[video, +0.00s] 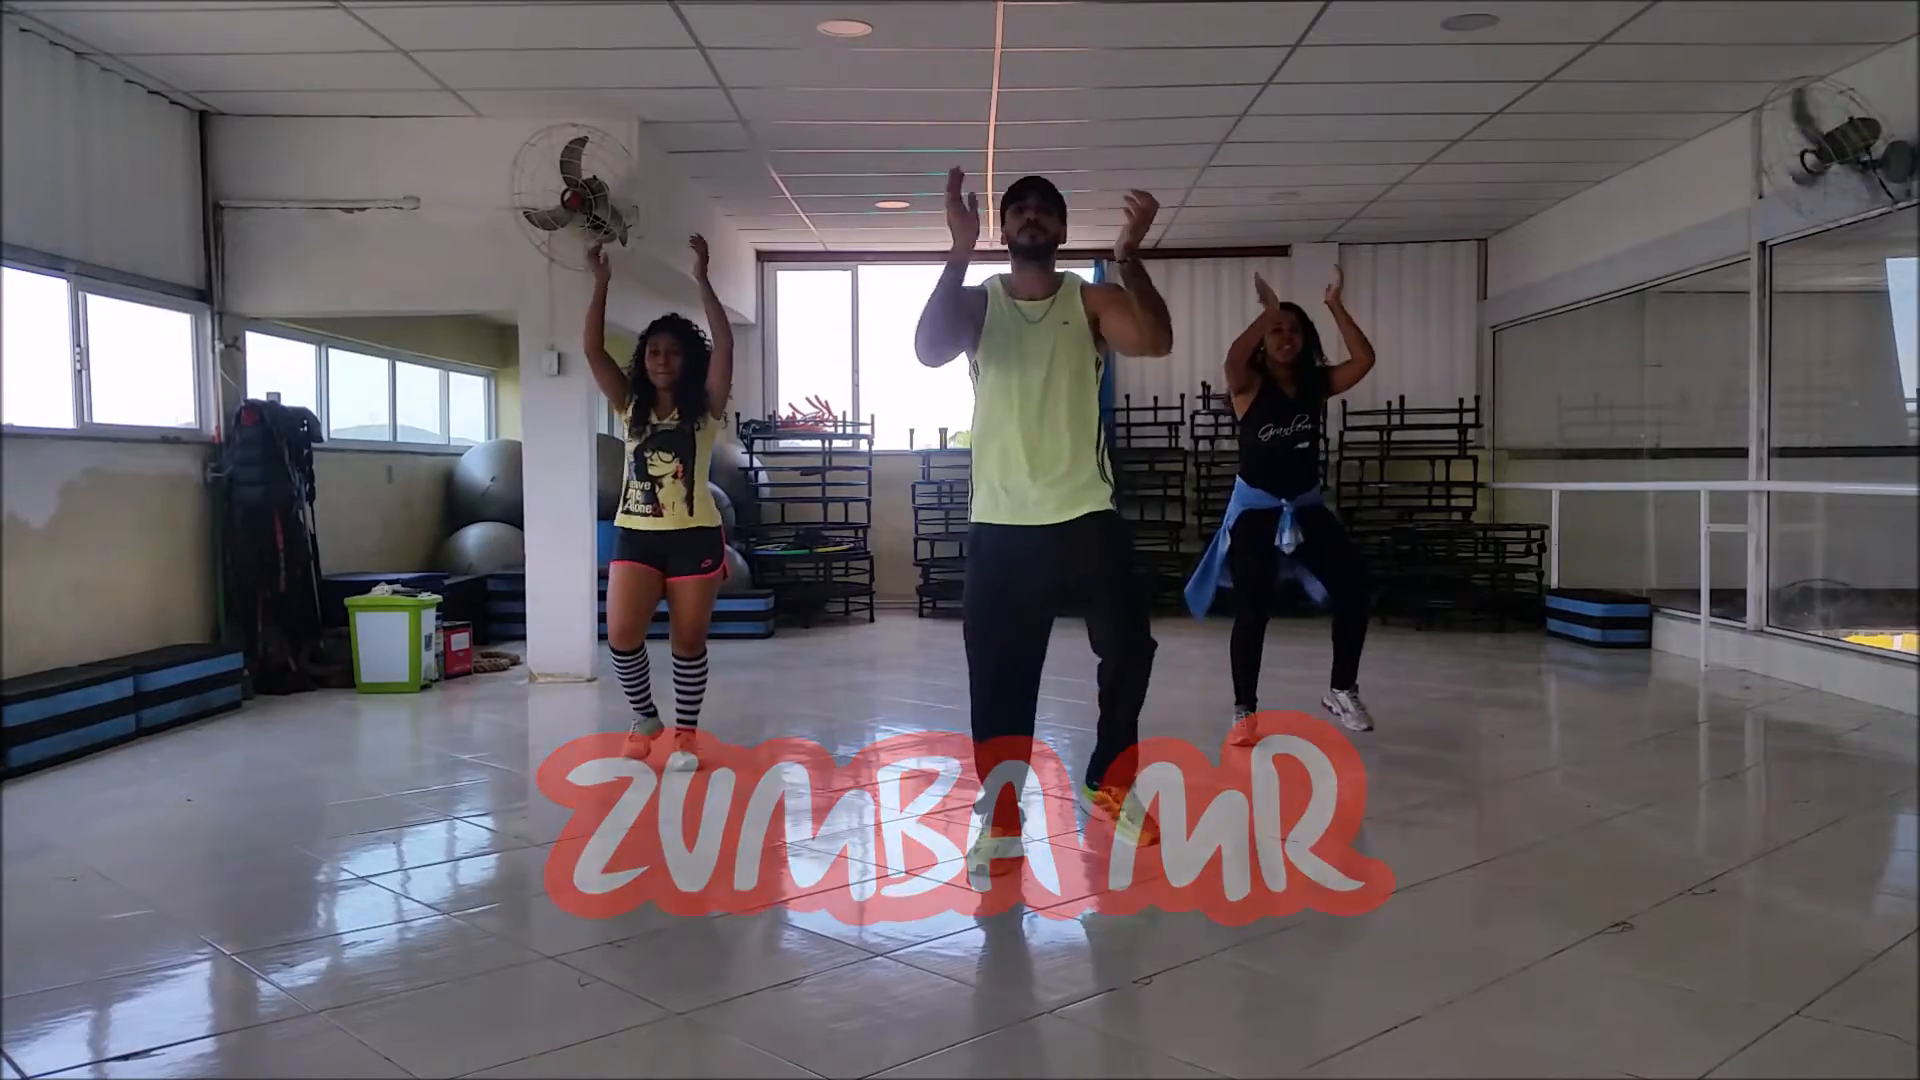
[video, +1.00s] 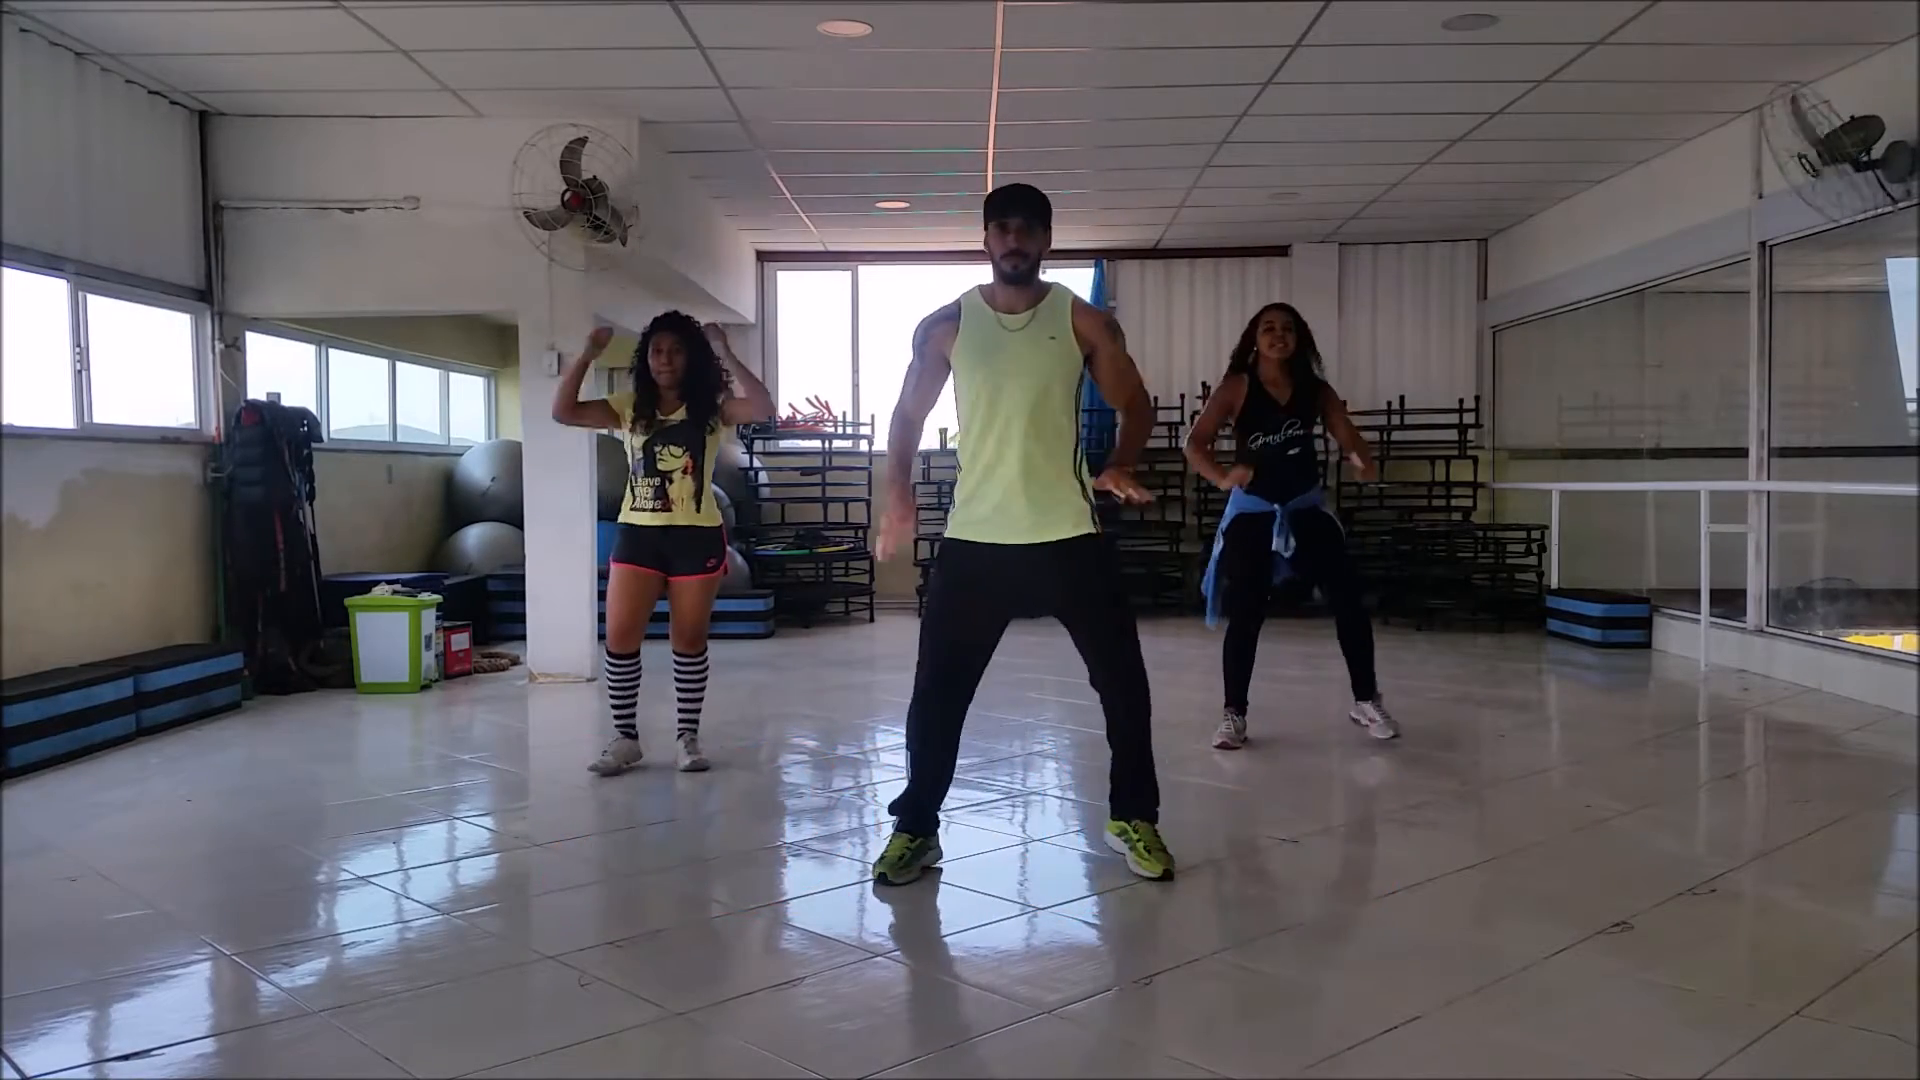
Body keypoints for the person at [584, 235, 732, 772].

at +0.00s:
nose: (662, 361)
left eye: (672, 353)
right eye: (654, 353)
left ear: (689, 360)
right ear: (642, 359)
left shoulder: (705, 406)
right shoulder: (630, 403)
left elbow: (724, 343)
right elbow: (592, 349)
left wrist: (703, 280)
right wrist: (601, 282)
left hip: (694, 539)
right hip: (635, 537)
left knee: (688, 645)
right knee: (622, 638)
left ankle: (685, 738)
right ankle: (646, 722)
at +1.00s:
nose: (664, 359)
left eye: (674, 351)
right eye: (656, 351)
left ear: (691, 360)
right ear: (645, 358)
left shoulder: (711, 412)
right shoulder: (628, 410)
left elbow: (763, 408)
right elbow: (564, 410)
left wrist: (726, 355)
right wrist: (588, 352)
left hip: (696, 540)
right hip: (637, 538)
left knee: (689, 641)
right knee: (620, 640)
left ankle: (688, 739)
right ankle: (626, 740)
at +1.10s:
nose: (662, 361)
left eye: (673, 353)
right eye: (654, 353)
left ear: (691, 362)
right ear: (645, 360)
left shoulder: (706, 418)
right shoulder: (629, 413)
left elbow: (756, 468)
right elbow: (580, 466)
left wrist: (737, 438)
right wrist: (574, 448)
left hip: (695, 541)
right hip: (636, 539)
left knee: (688, 642)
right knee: (623, 643)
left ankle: (688, 739)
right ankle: (625, 744)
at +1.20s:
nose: (661, 366)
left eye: (672, 358)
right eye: (653, 358)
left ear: (690, 367)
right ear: (642, 366)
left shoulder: (706, 423)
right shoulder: (625, 418)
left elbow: (729, 479)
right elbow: (595, 477)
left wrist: (736, 497)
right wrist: (575, 515)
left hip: (693, 547)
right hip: (634, 545)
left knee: (687, 648)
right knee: (614, 645)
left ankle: (687, 740)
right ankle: (625, 745)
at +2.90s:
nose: (687, 378)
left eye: (698, 371)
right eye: (680, 371)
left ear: (716, 380)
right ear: (670, 380)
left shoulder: (737, 437)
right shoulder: (655, 434)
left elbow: (756, 499)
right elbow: (634, 490)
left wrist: (755, 550)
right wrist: (596, 521)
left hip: (723, 563)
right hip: (658, 562)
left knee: (770, 649)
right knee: (616, 651)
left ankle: (767, 744)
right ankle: (624, 745)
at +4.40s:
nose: (692, 394)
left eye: (702, 387)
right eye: (684, 386)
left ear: (720, 395)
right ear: (675, 393)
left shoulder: (739, 449)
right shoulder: (655, 451)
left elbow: (762, 507)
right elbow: (632, 515)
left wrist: (779, 563)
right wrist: (607, 574)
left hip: (726, 569)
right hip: (664, 568)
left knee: (766, 653)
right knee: (614, 651)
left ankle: (768, 744)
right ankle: (623, 745)